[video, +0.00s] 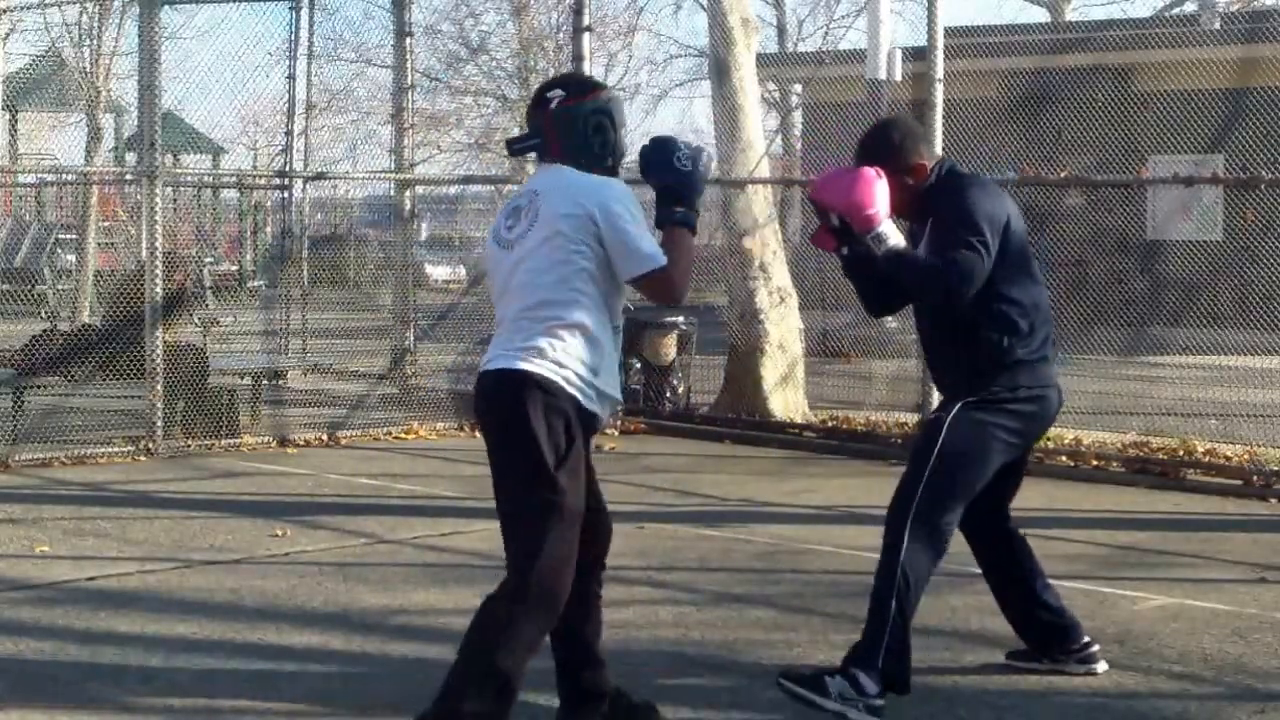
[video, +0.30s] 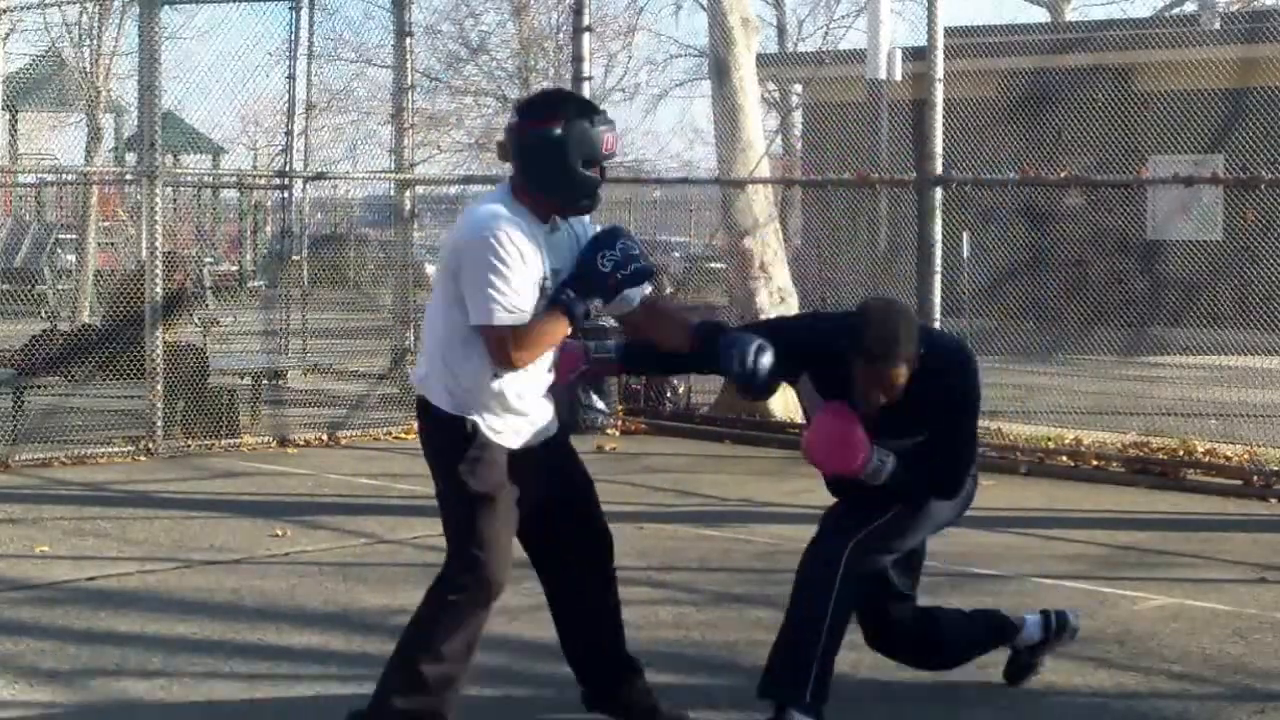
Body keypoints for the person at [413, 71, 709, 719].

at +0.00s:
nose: (613, 136)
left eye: (610, 123)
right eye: (604, 125)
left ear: (543, 138)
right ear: (593, 133)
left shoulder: (513, 212)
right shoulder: (599, 192)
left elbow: (533, 301)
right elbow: (669, 287)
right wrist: (682, 207)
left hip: (510, 385)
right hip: (545, 389)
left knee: (589, 536)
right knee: (544, 572)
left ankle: (586, 696)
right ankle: (461, 710)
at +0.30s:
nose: (600, 175)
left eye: (601, 161)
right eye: (590, 163)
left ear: (546, 162)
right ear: (551, 163)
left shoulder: (572, 228)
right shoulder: (493, 232)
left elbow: (634, 308)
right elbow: (510, 351)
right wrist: (581, 299)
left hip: (531, 414)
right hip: (464, 417)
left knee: (582, 553)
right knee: (480, 570)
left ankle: (613, 690)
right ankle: (398, 709)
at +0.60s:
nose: (524, 150)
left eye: (522, 136)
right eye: (514, 136)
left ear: (461, 137)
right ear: (490, 142)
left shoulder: (495, 207)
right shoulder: (411, 212)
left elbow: (521, 305)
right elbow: (417, 331)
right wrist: (504, 274)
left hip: (480, 418)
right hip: (409, 426)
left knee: (539, 552)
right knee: (403, 588)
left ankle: (555, 702)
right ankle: (361, 712)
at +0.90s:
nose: (470, 113)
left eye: (483, 109)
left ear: (497, 132)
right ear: (544, 146)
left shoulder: (528, 203)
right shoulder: (467, 203)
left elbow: (575, 295)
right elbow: (489, 315)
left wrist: (609, 224)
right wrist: (560, 248)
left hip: (530, 417)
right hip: (471, 416)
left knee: (552, 565)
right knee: (453, 574)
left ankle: (519, 701)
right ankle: (400, 707)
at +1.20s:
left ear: (530, 118)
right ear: (584, 125)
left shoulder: (583, 198)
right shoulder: (498, 200)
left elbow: (577, 295)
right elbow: (519, 315)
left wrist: (629, 295)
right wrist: (589, 247)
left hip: (578, 413)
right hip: (512, 418)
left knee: (610, 556)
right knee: (515, 584)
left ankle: (546, 683)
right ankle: (488, 709)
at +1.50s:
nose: (685, 176)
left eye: (689, 163)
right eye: (673, 159)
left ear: (656, 151)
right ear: (649, 154)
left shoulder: (685, 208)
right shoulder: (605, 221)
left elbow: (676, 305)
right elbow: (633, 333)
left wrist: (735, 297)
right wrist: (695, 259)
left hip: (693, 435)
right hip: (621, 445)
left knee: (746, 585)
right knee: (574, 604)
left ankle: (789, 711)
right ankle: (495, 714)